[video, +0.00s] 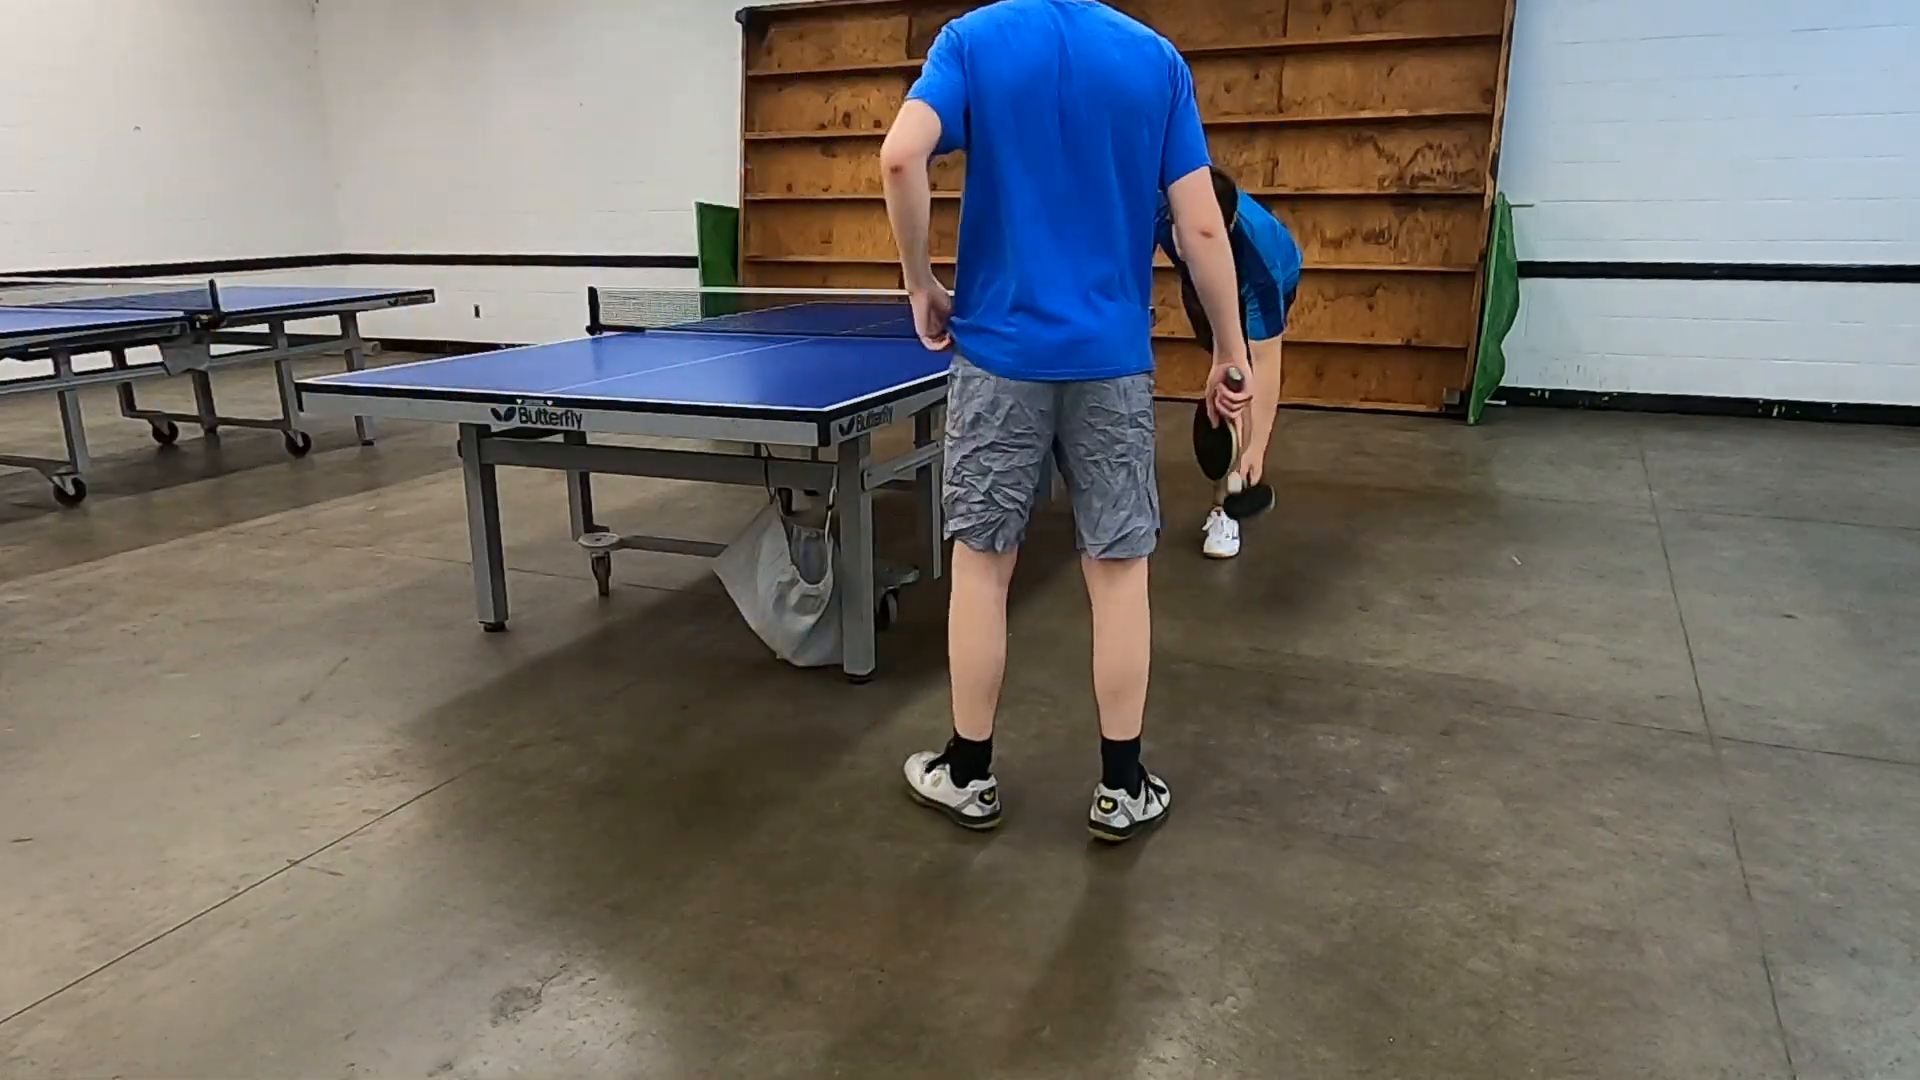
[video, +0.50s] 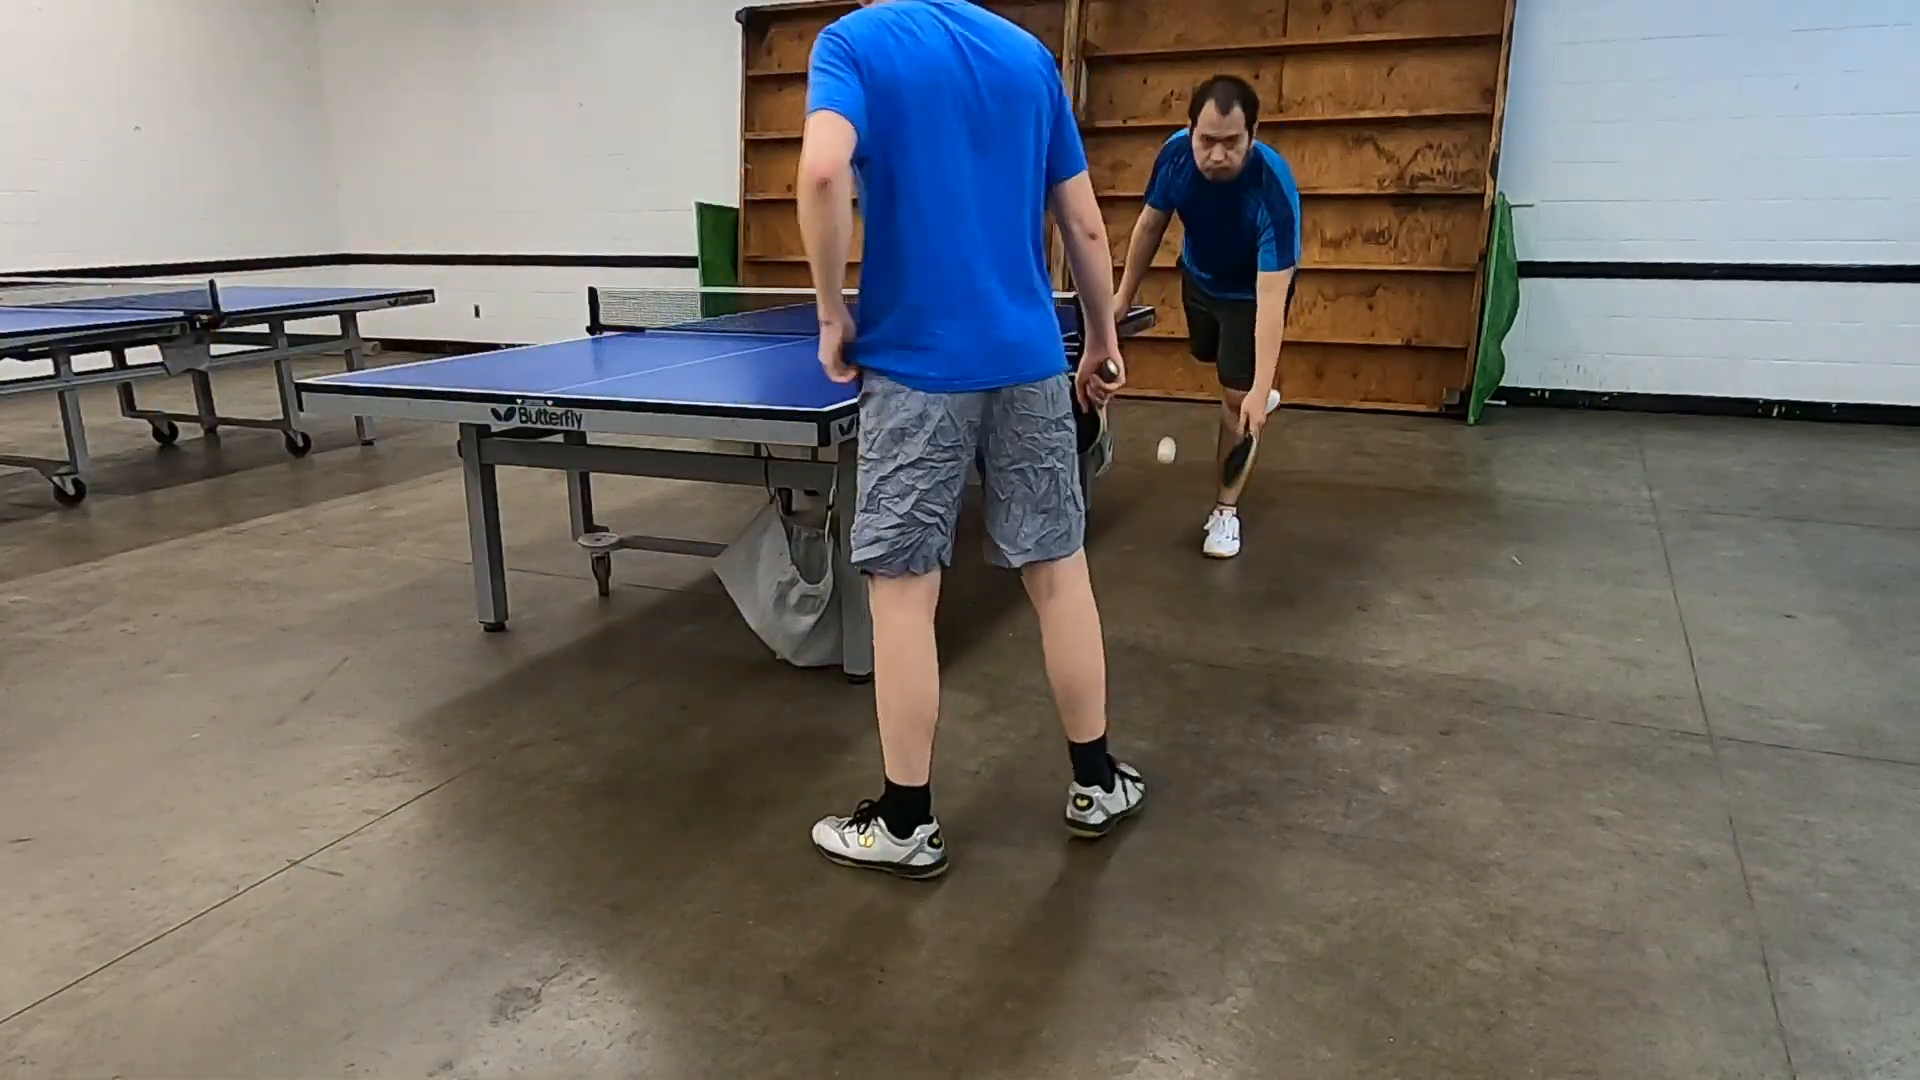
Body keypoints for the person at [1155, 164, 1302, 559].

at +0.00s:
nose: (1191, 238)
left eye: (1205, 229)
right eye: (1184, 226)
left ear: (1227, 222)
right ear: (1174, 215)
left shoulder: (1257, 258)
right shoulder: (1163, 213)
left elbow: (1267, 362)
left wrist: (1257, 447)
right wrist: (1222, 369)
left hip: (1266, 280)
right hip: (1204, 277)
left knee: (1247, 387)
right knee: (1222, 369)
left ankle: (1223, 509)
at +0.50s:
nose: (1217, 155)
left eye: (1231, 143)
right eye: (1207, 141)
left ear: (1251, 134)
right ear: (1191, 129)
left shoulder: (1273, 189)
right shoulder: (1176, 155)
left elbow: (1272, 298)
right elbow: (1149, 226)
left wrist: (1262, 389)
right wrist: (1123, 296)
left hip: (1250, 299)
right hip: (1198, 283)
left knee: (1236, 402)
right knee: (1211, 354)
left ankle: (1226, 509)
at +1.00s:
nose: (1237, 45)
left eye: (1249, 35)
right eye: (1226, 33)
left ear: (1262, 49)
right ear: (1204, 45)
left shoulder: (1281, 122)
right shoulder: (1182, 113)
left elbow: (1284, 224)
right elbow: (1150, 201)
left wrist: (1279, 312)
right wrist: (1116, 285)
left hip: (1248, 285)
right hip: (1187, 276)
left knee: (1231, 399)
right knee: (1184, 376)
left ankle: (1227, 508)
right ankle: (1208, 463)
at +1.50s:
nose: (1213, 41)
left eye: (1222, 35)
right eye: (1202, 36)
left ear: (1237, 52)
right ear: (1186, 57)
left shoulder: (1264, 110)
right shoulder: (1172, 130)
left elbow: (1276, 188)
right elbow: (1144, 204)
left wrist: (1265, 253)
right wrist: (1119, 266)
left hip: (1244, 275)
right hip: (1182, 276)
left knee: (1236, 386)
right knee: (1193, 382)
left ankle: (1234, 492)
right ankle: (1207, 476)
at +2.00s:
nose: (1211, 45)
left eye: (1220, 37)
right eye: (1201, 41)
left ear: (1238, 52)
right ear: (1190, 62)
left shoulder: (1268, 112)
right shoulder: (1174, 124)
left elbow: (1293, 188)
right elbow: (1156, 200)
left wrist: (1316, 257)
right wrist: (1152, 269)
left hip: (1254, 269)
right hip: (1191, 268)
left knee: (1254, 374)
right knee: (1197, 371)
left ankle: (1234, 435)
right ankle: (1206, 473)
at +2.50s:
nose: (1243, 58)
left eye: (1253, 52)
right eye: (1236, 51)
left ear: (1269, 65)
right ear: (1224, 63)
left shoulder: (1282, 130)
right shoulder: (1195, 119)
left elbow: (1288, 200)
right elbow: (1158, 181)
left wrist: (1279, 260)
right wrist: (1156, 245)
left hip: (1247, 266)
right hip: (1190, 260)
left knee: (1237, 362)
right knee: (1193, 354)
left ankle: (1223, 447)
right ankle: (1194, 455)